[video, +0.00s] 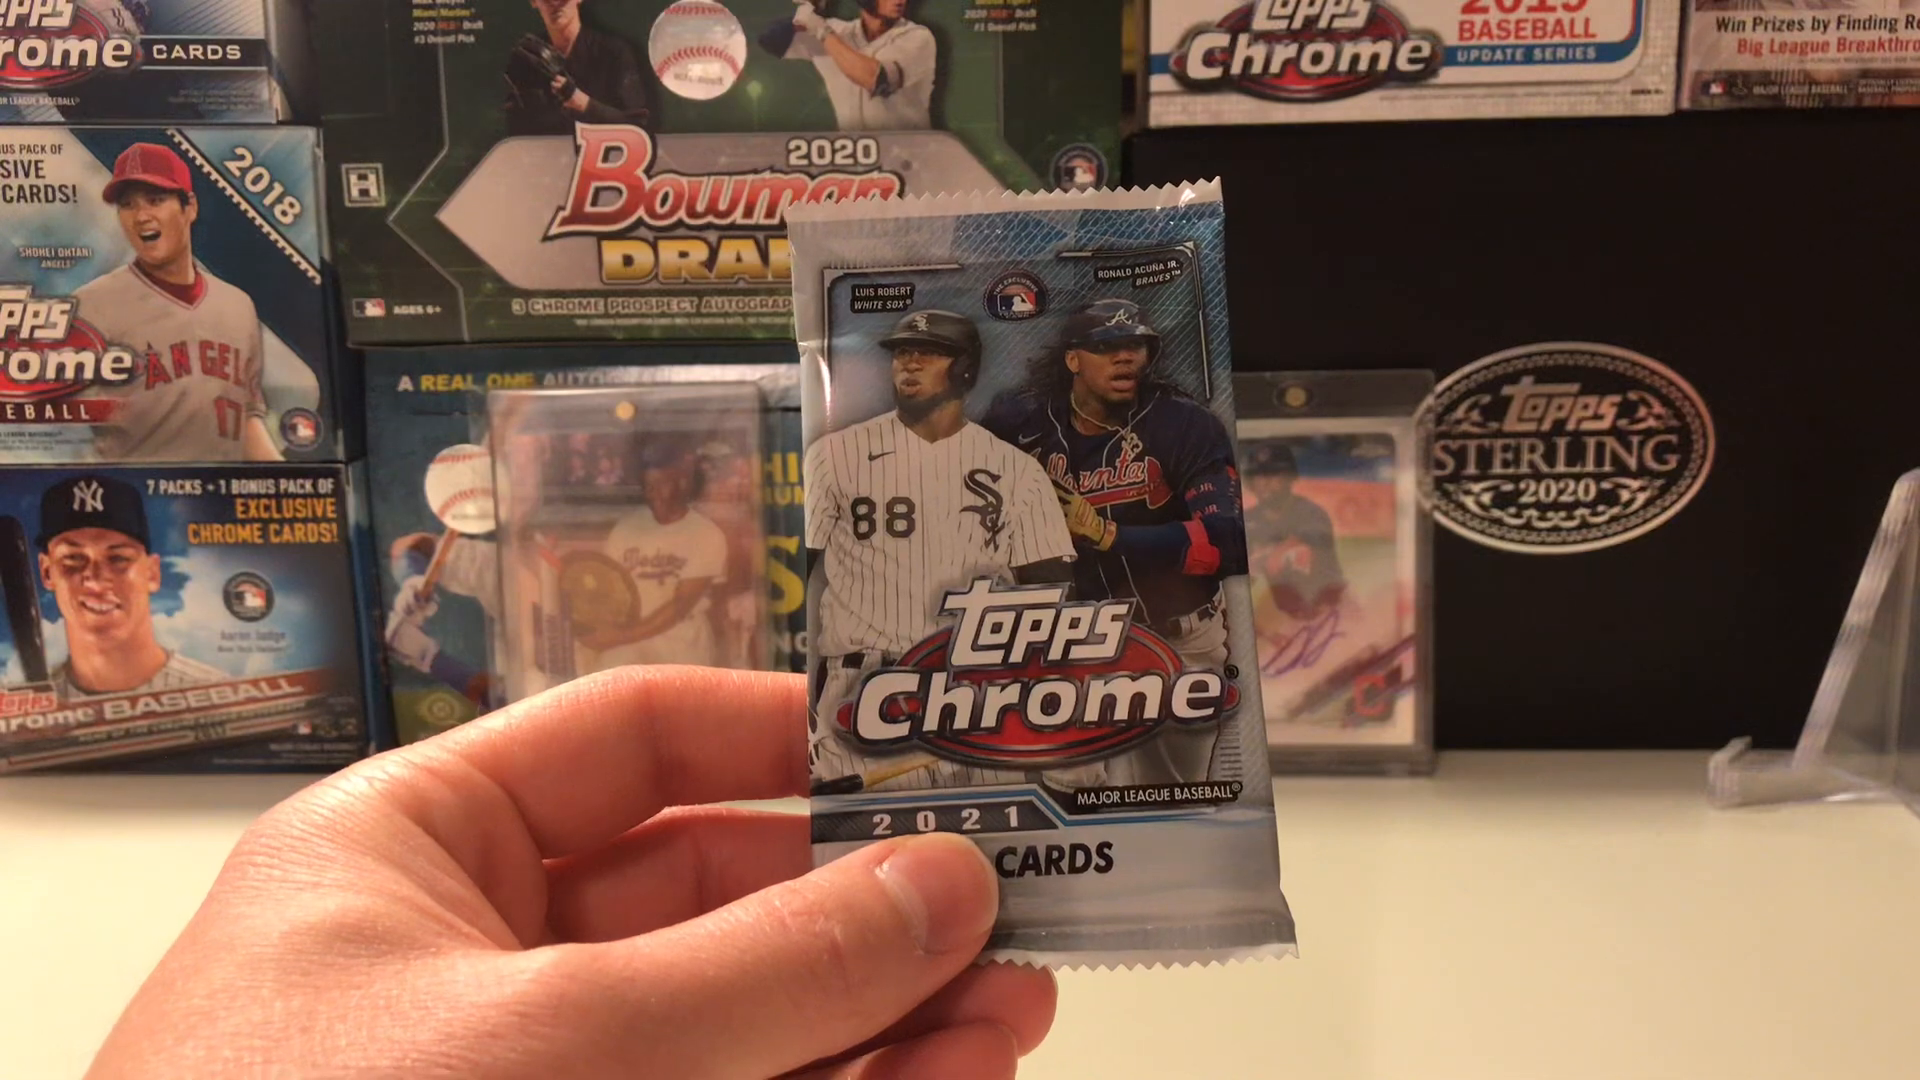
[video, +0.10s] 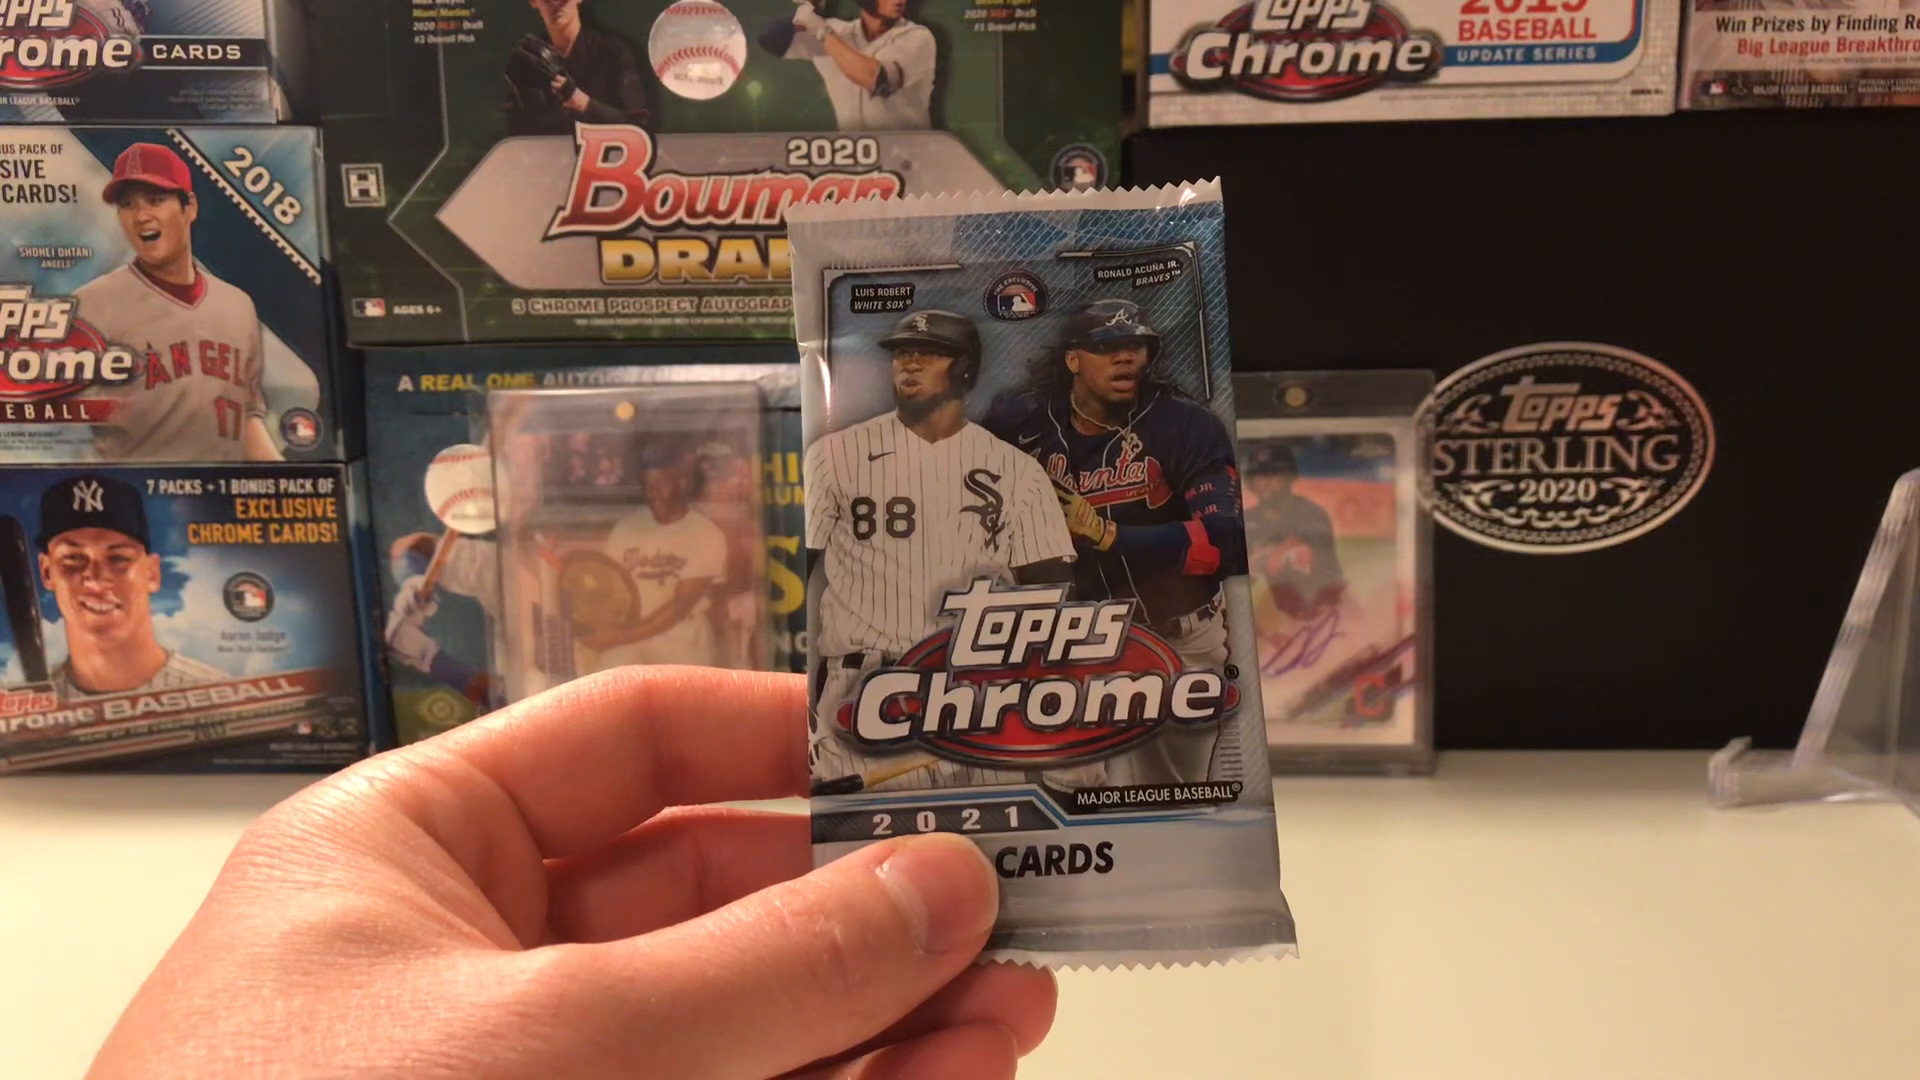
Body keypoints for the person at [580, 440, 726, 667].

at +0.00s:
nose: (653, 493)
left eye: (661, 484)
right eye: (648, 485)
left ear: (682, 483)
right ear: (642, 487)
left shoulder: (707, 535)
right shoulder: (625, 529)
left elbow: (680, 607)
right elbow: (605, 590)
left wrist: (622, 636)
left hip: (683, 660)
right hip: (626, 661)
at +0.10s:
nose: (653, 494)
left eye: (661, 484)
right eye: (648, 485)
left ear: (682, 484)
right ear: (642, 486)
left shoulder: (707, 536)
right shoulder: (625, 529)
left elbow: (680, 607)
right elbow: (605, 590)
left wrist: (621, 636)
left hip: (683, 661)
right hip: (626, 662)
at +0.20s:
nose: (653, 493)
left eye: (661, 483)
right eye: (648, 485)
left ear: (683, 484)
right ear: (642, 486)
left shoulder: (707, 536)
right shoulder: (625, 529)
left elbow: (680, 607)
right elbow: (605, 591)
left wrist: (620, 636)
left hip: (683, 661)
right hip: (626, 661)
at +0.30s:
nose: (653, 494)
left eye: (661, 484)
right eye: (648, 485)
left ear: (683, 484)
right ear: (642, 487)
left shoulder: (707, 536)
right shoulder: (625, 529)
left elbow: (680, 607)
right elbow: (604, 589)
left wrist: (621, 636)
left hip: (683, 658)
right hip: (626, 658)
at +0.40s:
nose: (653, 493)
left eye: (661, 483)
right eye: (648, 485)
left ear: (683, 484)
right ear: (643, 487)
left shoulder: (707, 536)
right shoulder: (625, 529)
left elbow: (680, 607)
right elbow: (605, 591)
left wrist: (619, 636)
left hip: (683, 660)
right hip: (626, 660)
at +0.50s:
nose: (653, 493)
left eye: (661, 484)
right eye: (648, 485)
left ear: (682, 483)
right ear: (643, 487)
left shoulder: (706, 535)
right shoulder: (625, 530)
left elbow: (680, 606)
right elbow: (605, 592)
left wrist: (619, 636)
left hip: (683, 660)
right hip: (626, 660)